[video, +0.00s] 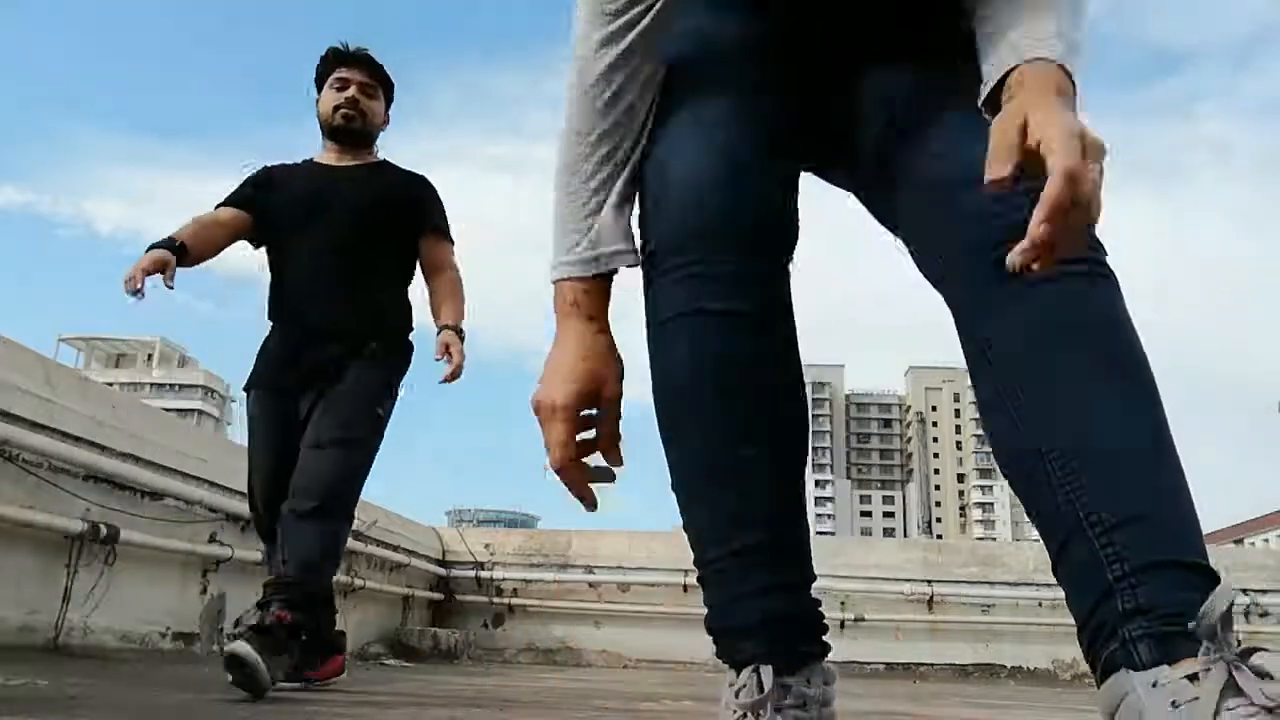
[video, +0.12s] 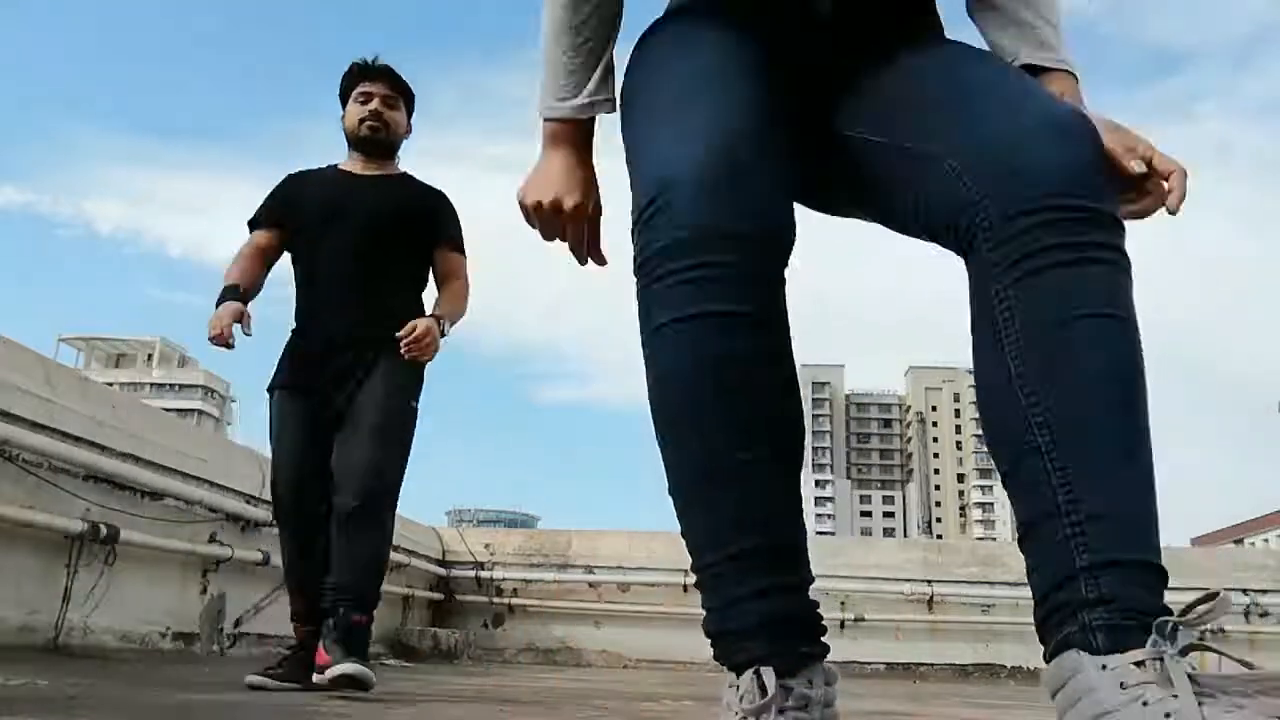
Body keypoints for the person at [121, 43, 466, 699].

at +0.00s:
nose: (352, 94)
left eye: (367, 90)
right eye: (340, 86)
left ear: (385, 114)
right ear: (319, 105)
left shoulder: (412, 191)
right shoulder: (275, 182)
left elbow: (441, 268)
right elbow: (219, 227)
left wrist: (450, 324)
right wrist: (171, 250)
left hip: (367, 360)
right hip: (285, 356)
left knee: (318, 490)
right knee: (271, 500)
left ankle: (273, 639)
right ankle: (320, 640)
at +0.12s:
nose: (374, 106)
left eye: (389, 102)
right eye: (363, 98)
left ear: (407, 125)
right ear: (342, 115)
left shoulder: (429, 203)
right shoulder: (300, 188)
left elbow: (454, 282)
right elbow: (257, 252)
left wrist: (440, 321)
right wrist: (233, 297)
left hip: (386, 365)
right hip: (307, 362)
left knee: (361, 496)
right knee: (295, 497)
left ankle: (346, 649)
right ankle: (306, 646)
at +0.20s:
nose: (387, 117)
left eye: (400, 112)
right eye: (376, 109)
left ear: (418, 134)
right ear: (356, 126)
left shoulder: (438, 211)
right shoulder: (312, 192)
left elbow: (462, 292)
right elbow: (275, 263)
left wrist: (434, 310)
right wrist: (259, 328)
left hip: (398, 367)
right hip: (318, 368)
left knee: (391, 485)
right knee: (310, 499)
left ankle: (383, 640)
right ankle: (319, 647)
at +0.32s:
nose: (408, 145)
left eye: (421, 140)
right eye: (397, 138)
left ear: (438, 160)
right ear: (379, 155)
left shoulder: (455, 236)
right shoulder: (339, 217)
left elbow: (473, 312)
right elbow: (304, 289)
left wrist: (423, 291)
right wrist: (287, 367)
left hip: (419, 399)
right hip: (340, 390)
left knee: (424, 518)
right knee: (330, 517)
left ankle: (423, 636)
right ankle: (322, 647)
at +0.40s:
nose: (418, 162)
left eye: (431, 156)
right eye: (407, 155)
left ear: (446, 175)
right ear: (389, 171)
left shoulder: (466, 248)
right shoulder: (353, 231)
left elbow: (480, 316)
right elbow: (317, 305)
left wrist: (421, 288)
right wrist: (293, 378)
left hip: (429, 408)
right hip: (350, 400)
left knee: (430, 527)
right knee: (335, 518)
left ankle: (426, 638)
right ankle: (321, 648)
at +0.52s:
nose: (434, 191)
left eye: (447, 185)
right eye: (424, 184)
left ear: (464, 202)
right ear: (409, 201)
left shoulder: (485, 271)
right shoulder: (378, 261)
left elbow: (488, 332)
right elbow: (344, 336)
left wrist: (421, 302)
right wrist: (312, 403)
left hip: (447, 425)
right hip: (374, 416)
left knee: (437, 544)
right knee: (346, 515)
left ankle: (423, 657)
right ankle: (324, 642)